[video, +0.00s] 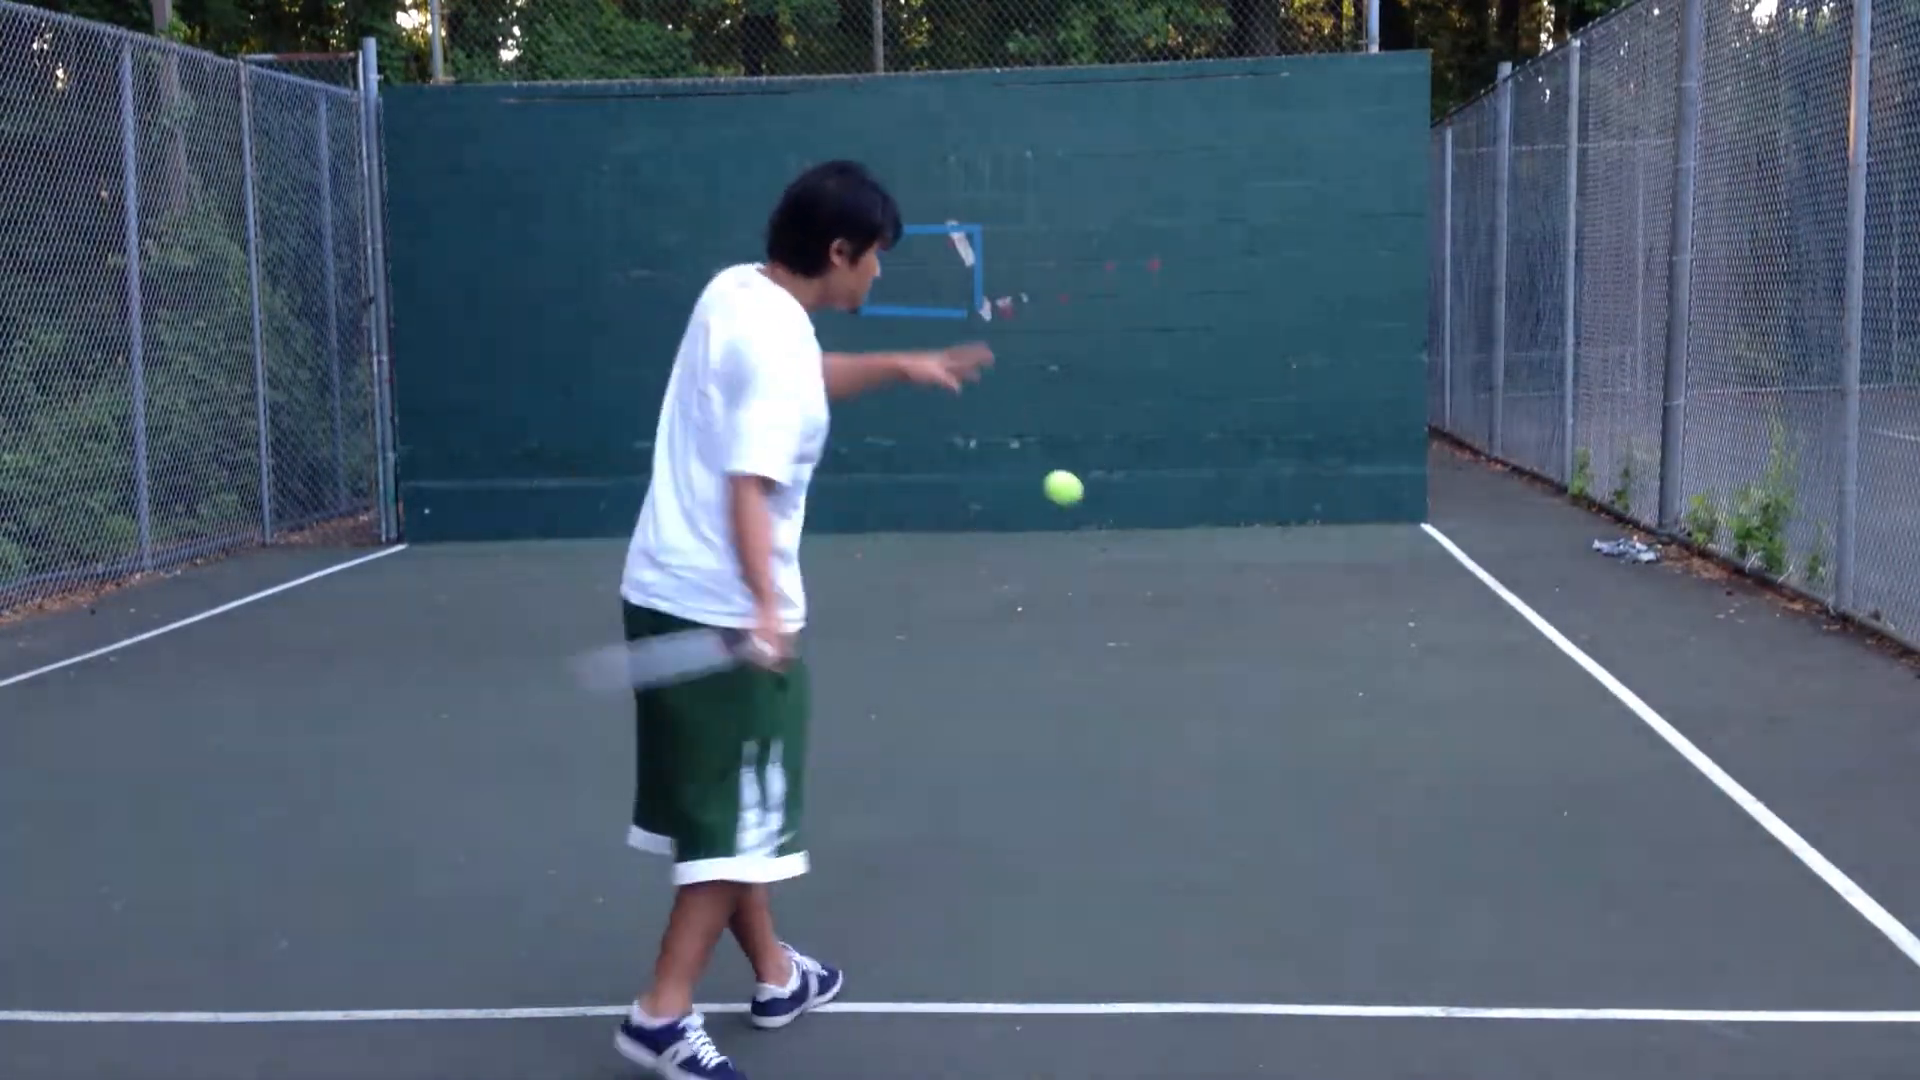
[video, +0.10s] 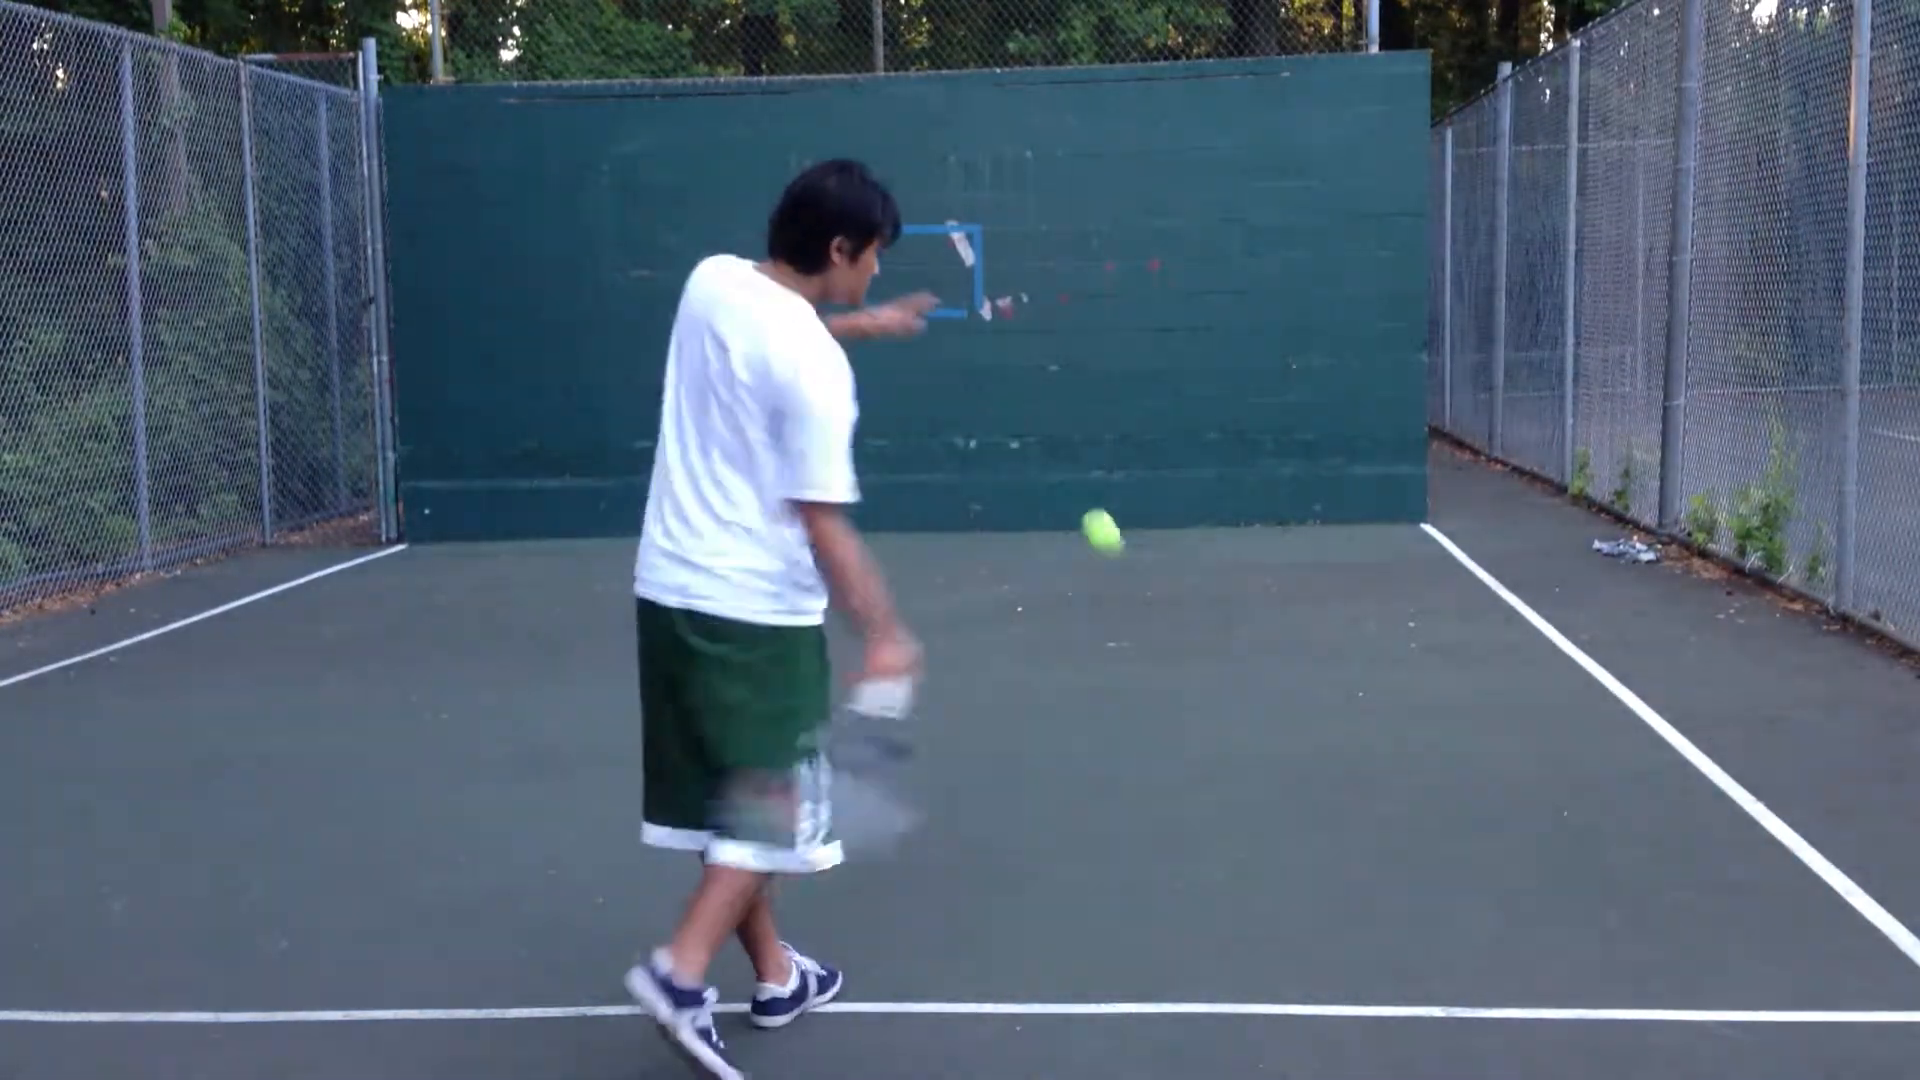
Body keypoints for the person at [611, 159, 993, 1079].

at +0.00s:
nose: (876, 276)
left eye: (880, 260)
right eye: (875, 259)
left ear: (808, 242)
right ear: (838, 252)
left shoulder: (735, 291)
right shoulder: (779, 344)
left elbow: (796, 376)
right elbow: (748, 487)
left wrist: (904, 364)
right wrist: (767, 605)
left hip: (673, 591)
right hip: (728, 607)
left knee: (721, 803)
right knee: (734, 820)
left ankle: (776, 976)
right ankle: (660, 1017)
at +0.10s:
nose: (874, 271)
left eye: (877, 255)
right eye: (871, 256)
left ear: (792, 242)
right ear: (836, 252)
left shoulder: (712, 278)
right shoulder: (812, 362)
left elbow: (779, 324)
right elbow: (823, 521)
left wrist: (871, 323)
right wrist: (883, 629)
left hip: (669, 587)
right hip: (754, 606)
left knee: (729, 796)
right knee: (771, 802)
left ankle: (774, 976)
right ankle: (680, 971)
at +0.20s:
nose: (878, 278)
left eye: (882, 261)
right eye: (876, 259)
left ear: (788, 235)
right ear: (836, 248)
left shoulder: (698, 280)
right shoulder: (833, 358)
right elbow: (867, 496)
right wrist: (947, 549)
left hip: (679, 589)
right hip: (777, 601)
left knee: (718, 795)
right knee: (796, 793)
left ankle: (776, 975)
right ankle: (709, 949)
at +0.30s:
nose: (875, 270)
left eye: (879, 254)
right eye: (876, 253)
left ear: (785, 227)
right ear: (848, 246)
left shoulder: (696, 282)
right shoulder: (853, 350)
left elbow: (704, 382)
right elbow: (866, 449)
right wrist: (909, 421)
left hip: (689, 589)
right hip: (792, 599)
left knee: (733, 789)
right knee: (814, 786)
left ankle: (778, 973)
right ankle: (739, 934)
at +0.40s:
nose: (877, 250)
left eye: (878, 236)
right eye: (877, 238)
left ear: (790, 217)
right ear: (857, 242)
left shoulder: (701, 284)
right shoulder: (865, 333)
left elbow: (679, 377)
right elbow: (882, 422)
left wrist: (800, 295)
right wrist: (867, 313)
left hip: (704, 581)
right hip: (812, 591)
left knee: (736, 780)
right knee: (829, 773)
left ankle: (787, 968)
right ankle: (762, 924)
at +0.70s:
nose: (867, 258)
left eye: (866, 247)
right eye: (867, 249)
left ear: (771, 245)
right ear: (856, 259)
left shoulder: (707, 320)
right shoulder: (875, 337)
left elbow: (683, 432)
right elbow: (908, 438)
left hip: (720, 607)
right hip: (840, 609)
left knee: (725, 769)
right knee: (882, 778)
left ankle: (745, 936)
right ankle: (899, 966)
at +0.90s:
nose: (816, 272)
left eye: (815, 258)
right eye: (814, 261)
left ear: (718, 259)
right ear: (802, 274)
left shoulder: (651, 347)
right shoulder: (813, 367)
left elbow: (663, 457)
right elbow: (844, 497)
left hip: (672, 636)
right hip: (792, 639)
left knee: (670, 786)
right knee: (874, 795)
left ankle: (606, 955)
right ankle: (898, 966)